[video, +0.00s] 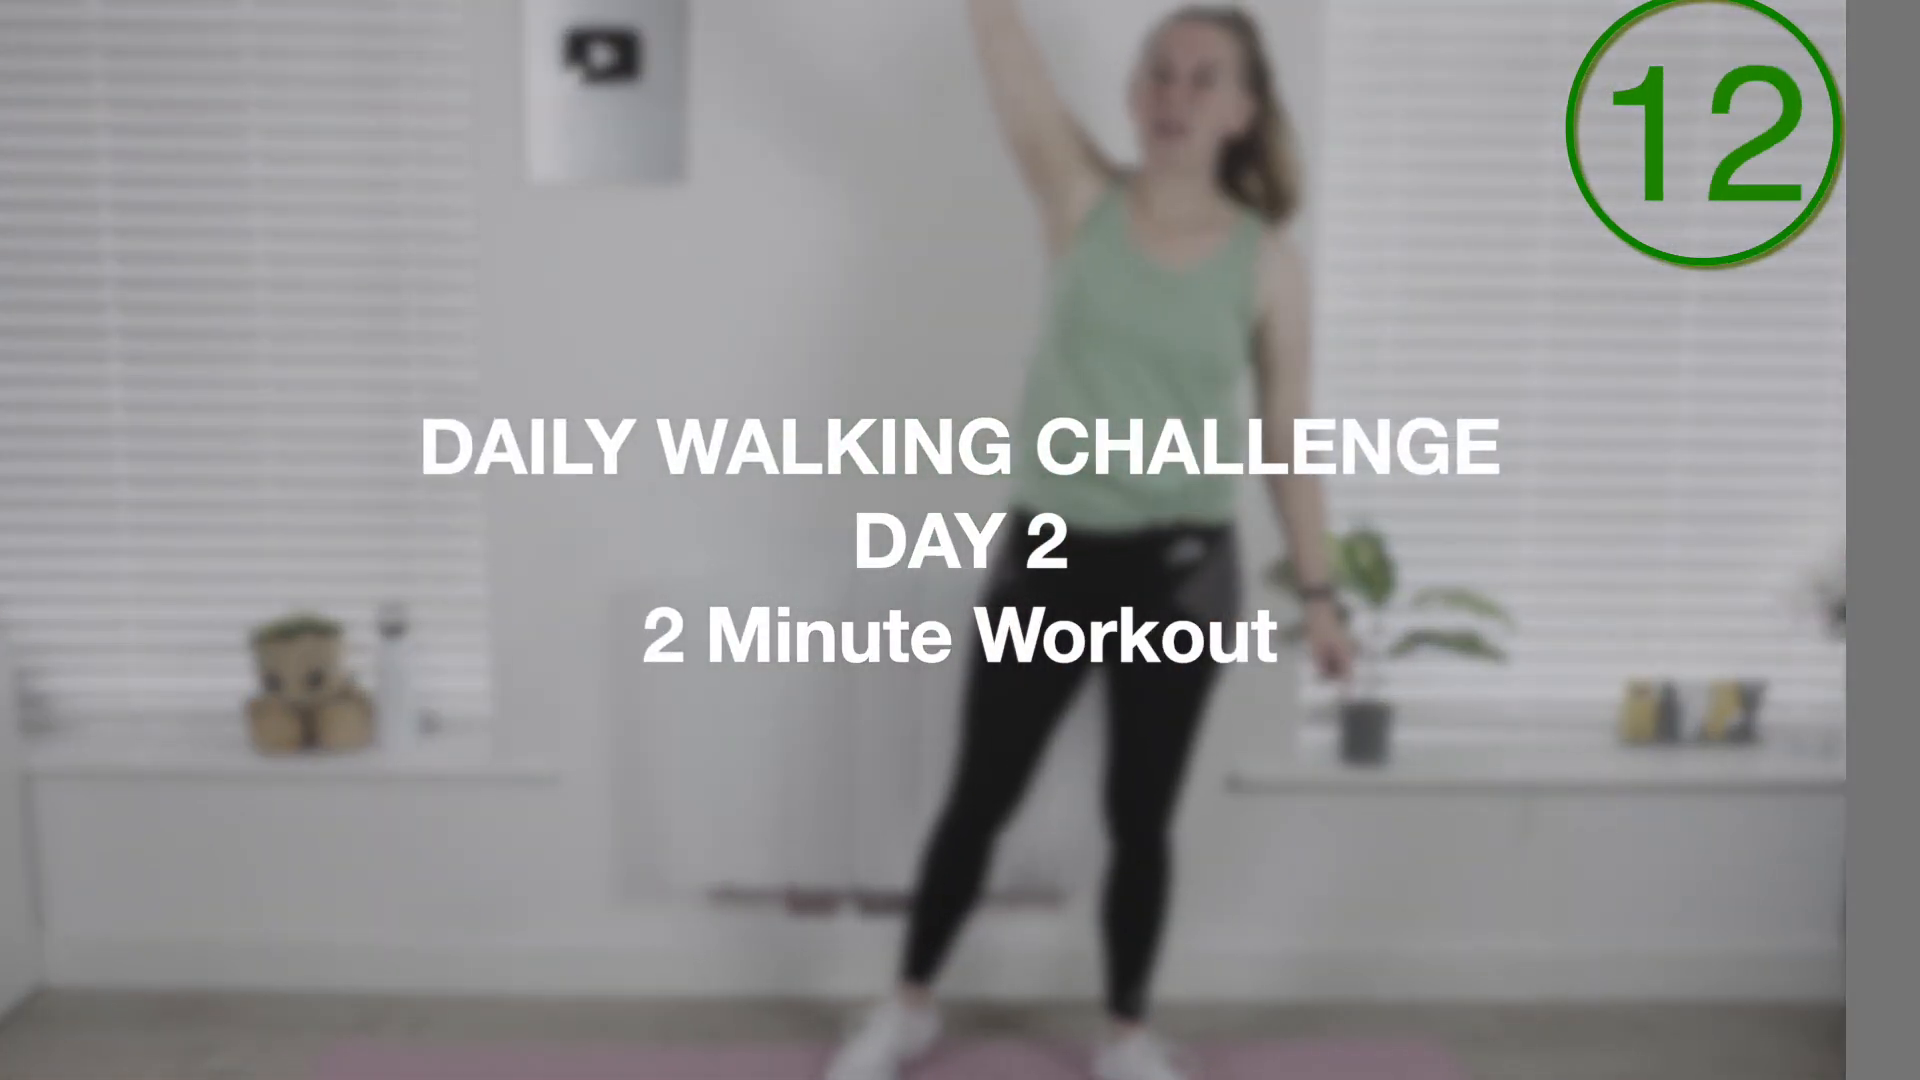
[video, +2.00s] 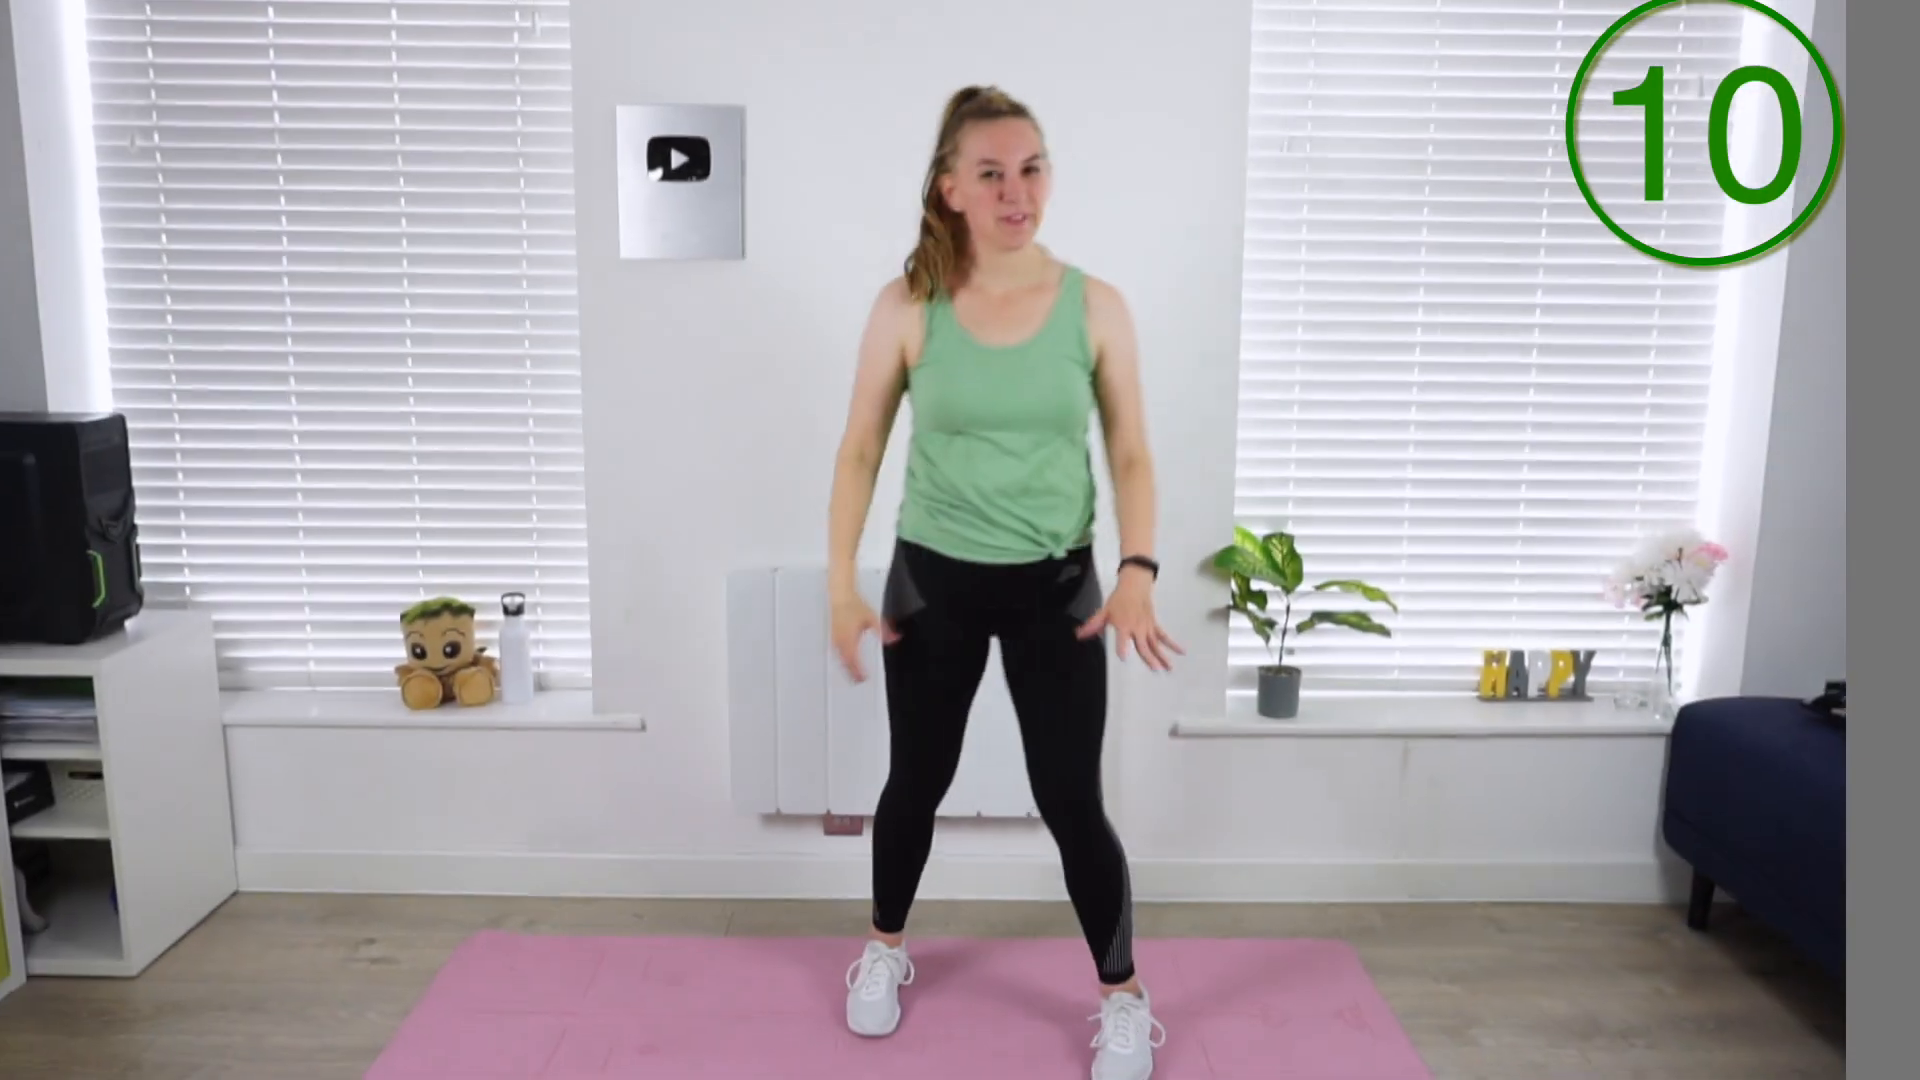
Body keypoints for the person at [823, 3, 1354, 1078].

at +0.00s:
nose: (1175, 95)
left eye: (1205, 79)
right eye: (1160, 74)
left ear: (1247, 108)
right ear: (1135, 91)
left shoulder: (1262, 258)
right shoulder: (1081, 194)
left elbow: (1287, 441)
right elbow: (998, 31)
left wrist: (1319, 592)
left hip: (1181, 553)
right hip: (1050, 540)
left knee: (1141, 811)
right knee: (982, 789)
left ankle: (1127, 1030)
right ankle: (909, 1005)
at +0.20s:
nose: (1200, 110)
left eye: (1230, 92)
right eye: (1186, 87)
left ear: (1276, 115)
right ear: (1165, 97)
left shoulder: (1283, 266)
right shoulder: (1099, 190)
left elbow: (1265, 456)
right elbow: (928, 154)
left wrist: (1258, 620)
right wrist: (788, 68)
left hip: (1173, 555)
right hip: (1047, 534)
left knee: (1135, 809)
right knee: (991, 790)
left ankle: (1125, 1032)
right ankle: (932, 1010)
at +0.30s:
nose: (1209, 123)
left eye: (1240, 108)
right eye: (1195, 99)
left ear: (1285, 128)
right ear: (1172, 103)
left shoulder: (1281, 277)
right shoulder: (1099, 210)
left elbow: (1244, 453)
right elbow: (957, 291)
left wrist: (1189, 599)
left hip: (1163, 553)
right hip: (1042, 534)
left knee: (1133, 813)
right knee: (983, 790)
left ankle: (1125, 1034)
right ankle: (928, 1011)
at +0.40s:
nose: (1201, 114)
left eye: (1232, 99)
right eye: (1189, 88)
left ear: (1271, 131)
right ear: (1158, 98)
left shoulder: (1272, 272)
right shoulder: (1081, 215)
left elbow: (1229, 453)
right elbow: (1013, 364)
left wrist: (1129, 568)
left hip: (1163, 545)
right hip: (1035, 531)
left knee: (1130, 811)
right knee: (961, 787)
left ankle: (1125, 1031)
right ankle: (908, 1005)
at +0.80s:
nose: (1063, 100)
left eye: (1091, 83)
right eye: (1047, 76)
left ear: (1128, 108)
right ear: (1014, 89)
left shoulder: (1152, 256)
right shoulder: (955, 227)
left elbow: (1157, 454)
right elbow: (913, 396)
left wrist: (1139, 620)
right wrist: (873, 541)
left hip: (1078, 565)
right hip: (952, 561)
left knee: (1092, 810)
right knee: (925, 806)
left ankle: (1121, 1030)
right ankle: (874, 1039)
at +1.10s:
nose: (950, 110)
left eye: (973, 89)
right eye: (930, 88)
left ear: (1003, 101)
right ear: (894, 95)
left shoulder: (1054, 245)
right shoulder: (839, 239)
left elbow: (1105, 426)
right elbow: (767, 405)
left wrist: (1157, 576)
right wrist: (702, 547)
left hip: (992, 565)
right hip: (856, 561)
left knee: (1034, 819)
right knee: (861, 813)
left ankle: (1073, 1029)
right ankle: (860, 1041)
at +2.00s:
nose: (1016, 191)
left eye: (1030, 170)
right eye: (991, 173)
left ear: (1048, 177)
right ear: (948, 188)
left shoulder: (1094, 307)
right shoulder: (907, 308)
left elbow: (1131, 455)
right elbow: (859, 454)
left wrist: (1136, 569)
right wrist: (844, 586)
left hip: (1057, 582)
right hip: (935, 578)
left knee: (1071, 802)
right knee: (915, 780)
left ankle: (1122, 998)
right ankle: (883, 947)